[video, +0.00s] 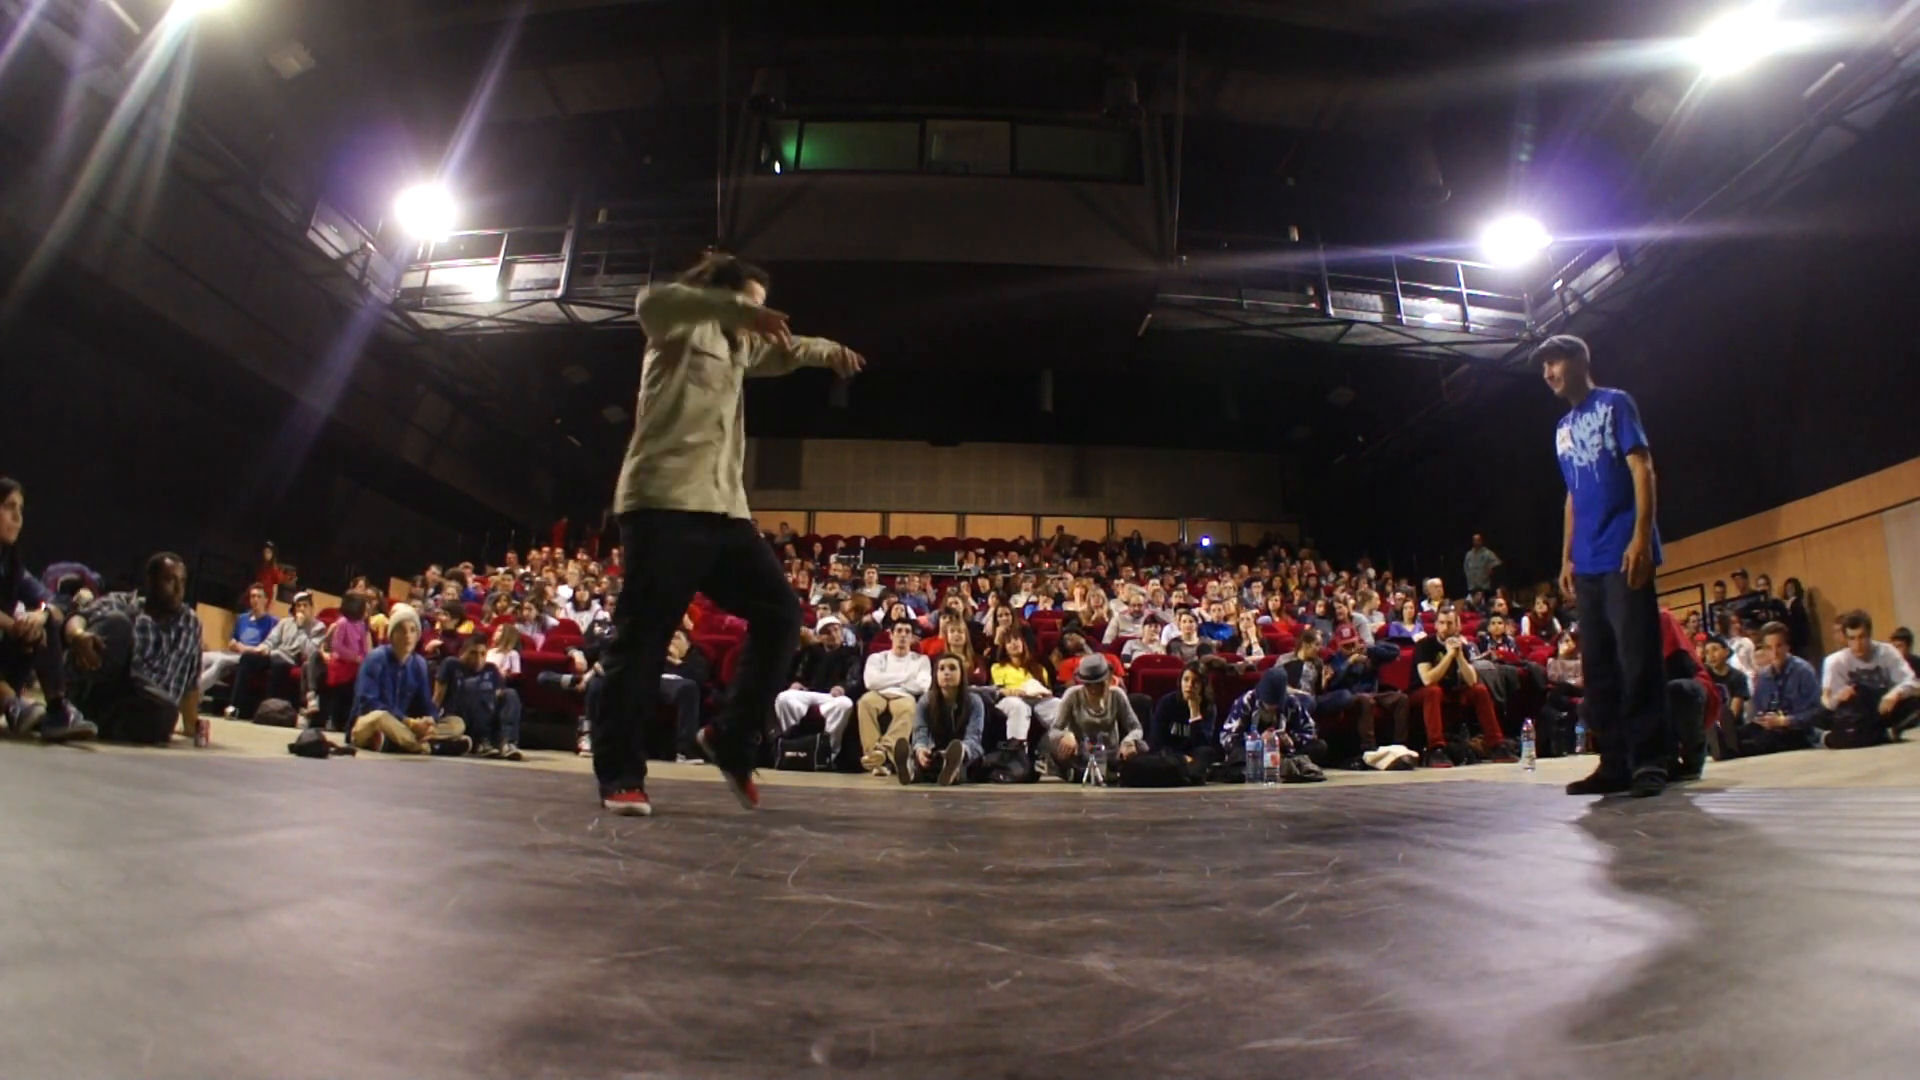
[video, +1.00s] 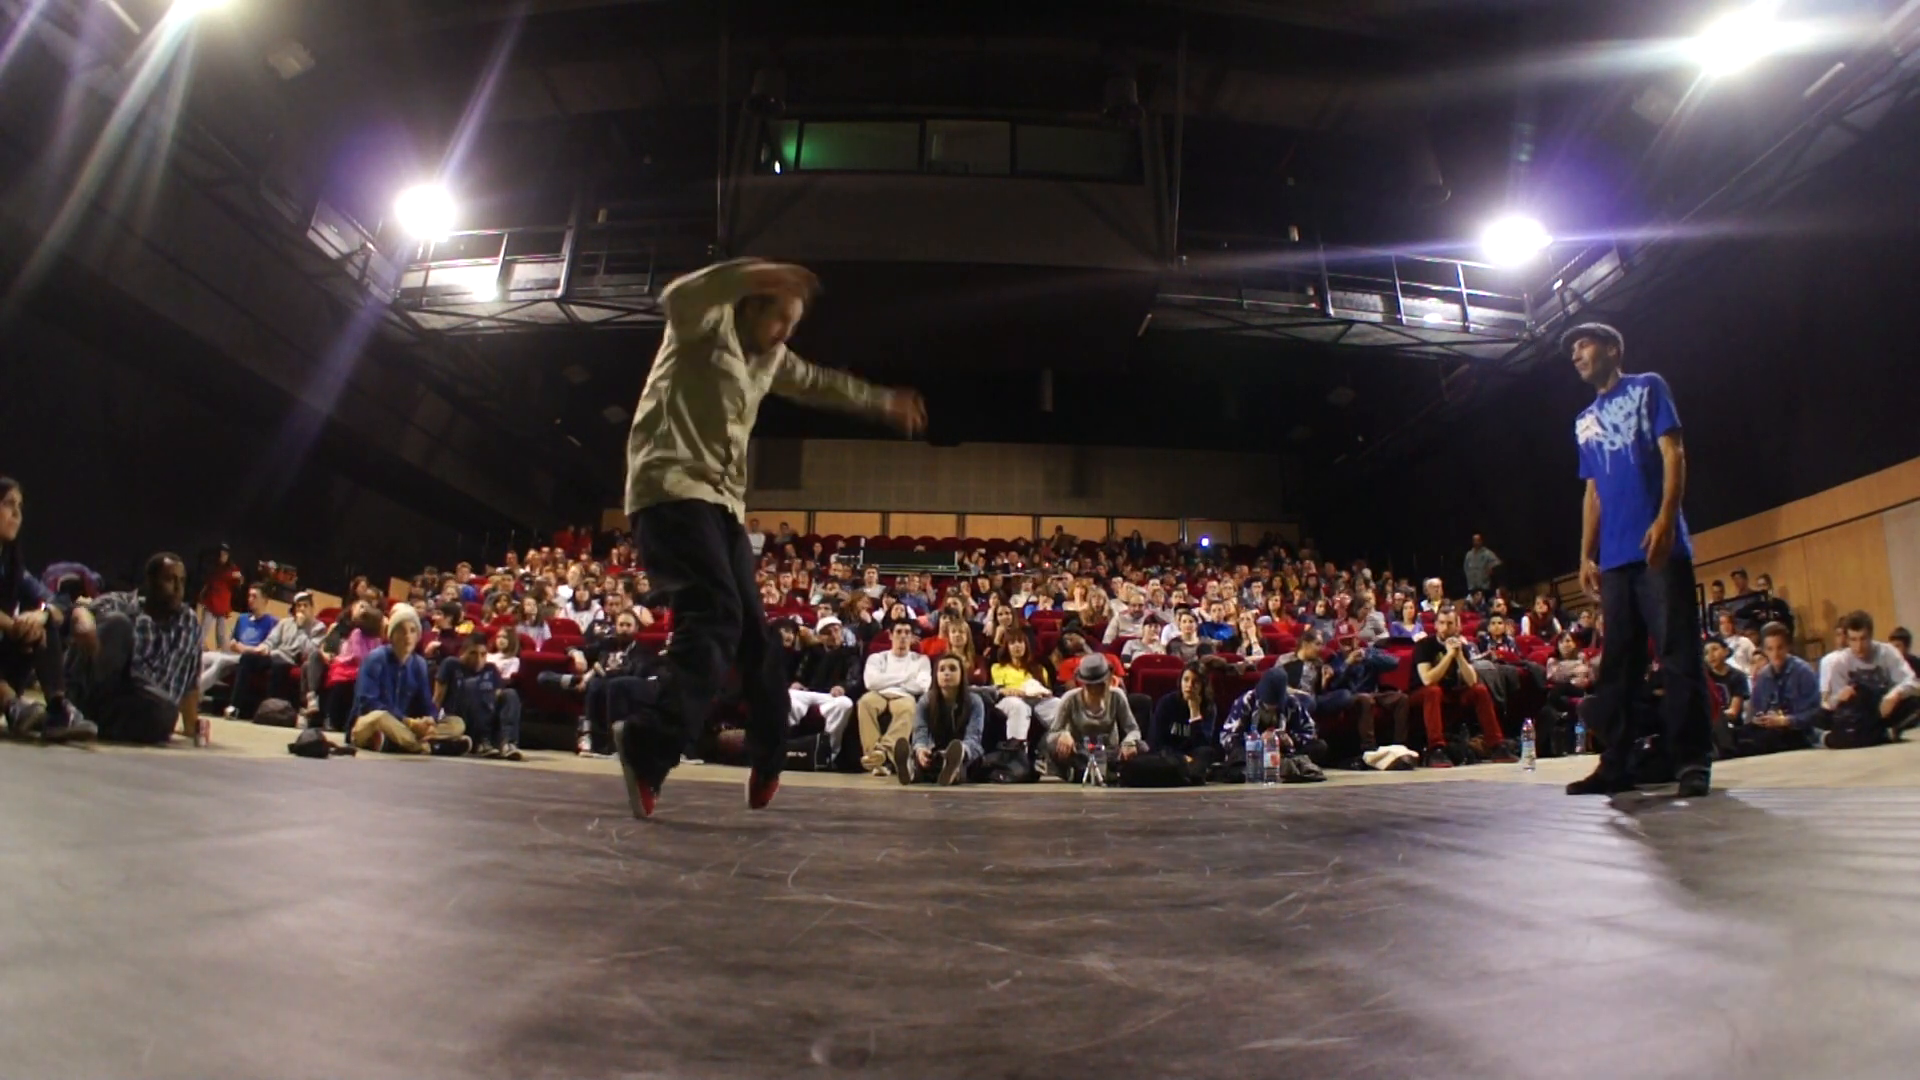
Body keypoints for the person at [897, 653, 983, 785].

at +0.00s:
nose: (947, 673)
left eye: (952, 668)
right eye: (942, 668)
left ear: (961, 673)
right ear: (936, 674)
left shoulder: (974, 701)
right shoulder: (925, 701)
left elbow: (974, 738)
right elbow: (920, 731)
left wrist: (961, 751)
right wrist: (920, 748)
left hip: (962, 751)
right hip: (933, 750)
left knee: (955, 762)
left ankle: (949, 773)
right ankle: (910, 768)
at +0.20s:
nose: (947, 673)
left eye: (952, 668)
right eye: (942, 669)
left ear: (962, 674)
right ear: (936, 674)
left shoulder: (974, 701)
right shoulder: (925, 701)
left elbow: (974, 738)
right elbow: (920, 731)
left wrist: (961, 751)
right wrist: (920, 748)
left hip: (962, 751)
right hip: (933, 750)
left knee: (955, 762)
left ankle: (949, 773)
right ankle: (910, 768)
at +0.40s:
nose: (947, 673)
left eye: (952, 668)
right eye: (942, 669)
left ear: (961, 674)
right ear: (936, 674)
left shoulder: (974, 701)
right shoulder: (925, 701)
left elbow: (974, 738)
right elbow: (920, 731)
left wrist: (961, 751)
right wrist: (920, 748)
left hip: (962, 751)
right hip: (933, 750)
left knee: (955, 762)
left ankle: (949, 773)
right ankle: (910, 768)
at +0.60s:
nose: (947, 673)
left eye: (952, 668)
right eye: (942, 669)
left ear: (961, 674)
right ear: (936, 674)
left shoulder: (974, 701)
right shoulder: (925, 701)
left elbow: (974, 738)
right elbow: (920, 731)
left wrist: (961, 751)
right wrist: (920, 748)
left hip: (962, 750)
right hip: (934, 750)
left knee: (955, 762)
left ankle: (949, 773)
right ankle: (910, 768)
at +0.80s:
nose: (947, 673)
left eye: (953, 668)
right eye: (942, 669)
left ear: (962, 674)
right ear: (936, 674)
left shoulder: (974, 701)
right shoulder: (925, 701)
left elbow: (974, 738)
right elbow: (920, 731)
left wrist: (961, 751)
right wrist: (920, 748)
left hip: (962, 751)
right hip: (934, 750)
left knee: (955, 762)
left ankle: (949, 773)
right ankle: (910, 768)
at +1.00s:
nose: (947, 673)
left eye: (952, 669)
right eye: (942, 669)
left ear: (962, 674)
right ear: (936, 674)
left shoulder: (974, 701)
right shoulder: (925, 701)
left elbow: (974, 738)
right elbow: (920, 730)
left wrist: (961, 751)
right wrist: (920, 748)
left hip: (962, 751)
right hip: (933, 750)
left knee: (955, 762)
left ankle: (949, 773)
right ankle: (910, 768)